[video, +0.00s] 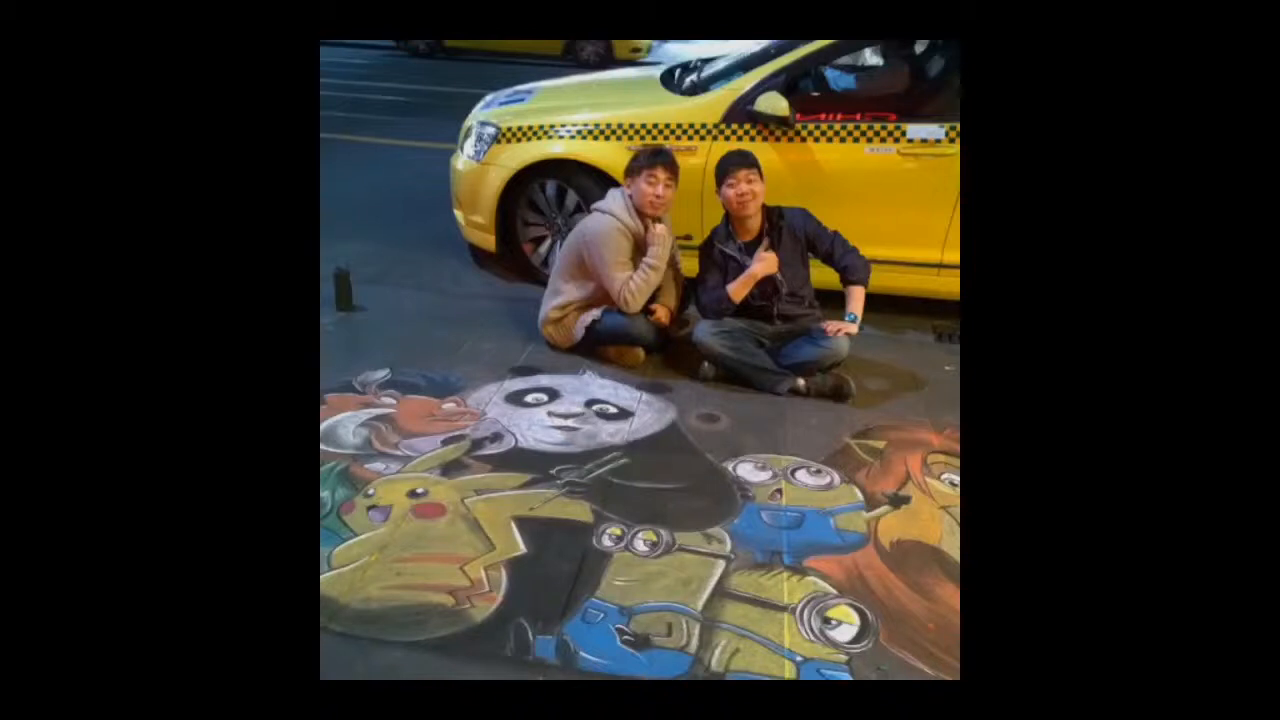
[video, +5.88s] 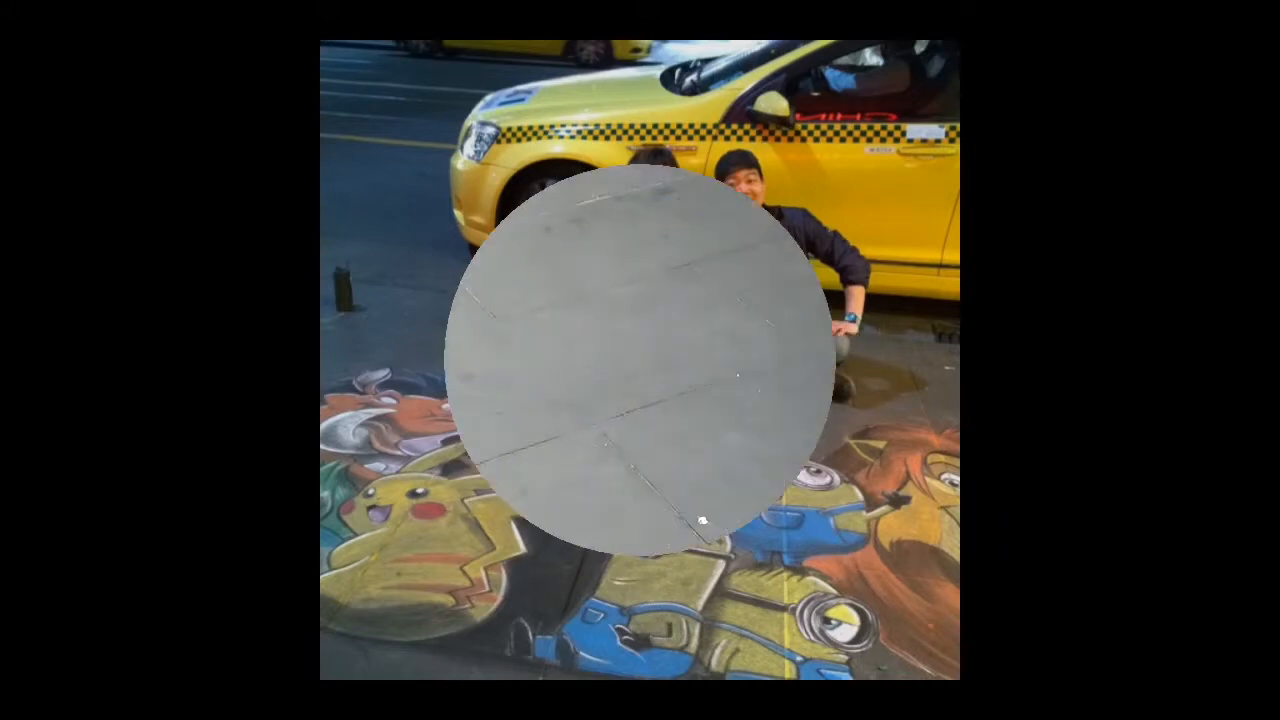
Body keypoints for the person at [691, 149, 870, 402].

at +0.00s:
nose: (743, 191)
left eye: (750, 181)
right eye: (732, 185)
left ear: (763, 187)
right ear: (720, 195)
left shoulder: (794, 222)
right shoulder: (714, 246)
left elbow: (853, 262)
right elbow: (709, 308)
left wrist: (851, 320)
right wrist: (753, 274)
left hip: (799, 327)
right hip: (747, 328)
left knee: (837, 344)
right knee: (704, 334)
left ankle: (733, 373)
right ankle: (798, 386)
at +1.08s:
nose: (743, 191)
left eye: (750, 181)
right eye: (732, 185)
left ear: (763, 187)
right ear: (720, 195)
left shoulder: (795, 222)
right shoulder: (713, 246)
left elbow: (853, 262)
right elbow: (708, 307)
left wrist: (851, 319)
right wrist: (752, 275)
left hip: (799, 324)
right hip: (743, 329)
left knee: (837, 344)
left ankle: (751, 372)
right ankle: (806, 387)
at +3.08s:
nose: (743, 190)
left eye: (750, 181)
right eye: (732, 184)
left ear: (763, 184)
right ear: (721, 192)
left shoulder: (791, 220)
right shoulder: (716, 230)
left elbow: (853, 262)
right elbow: (707, 303)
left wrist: (851, 319)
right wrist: (751, 276)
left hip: (800, 325)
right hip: (747, 324)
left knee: (837, 345)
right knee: (708, 333)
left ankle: (732, 371)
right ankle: (798, 386)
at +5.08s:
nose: (743, 191)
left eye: (750, 181)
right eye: (732, 185)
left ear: (763, 187)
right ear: (720, 195)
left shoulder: (795, 222)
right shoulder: (714, 246)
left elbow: (853, 263)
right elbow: (710, 310)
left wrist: (849, 321)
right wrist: (753, 274)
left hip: (800, 329)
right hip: (747, 329)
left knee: (838, 346)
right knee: (704, 334)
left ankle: (733, 372)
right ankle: (797, 386)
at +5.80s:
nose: (742, 190)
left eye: (750, 181)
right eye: (732, 184)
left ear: (763, 187)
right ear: (720, 195)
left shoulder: (795, 222)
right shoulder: (713, 245)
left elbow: (853, 262)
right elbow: (709, 301)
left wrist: (852, 320)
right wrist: (753, 273)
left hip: (799, 329)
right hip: (744, 333)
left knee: (837, 346)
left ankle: (749, 370)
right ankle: (799, 386)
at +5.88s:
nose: (743, 190)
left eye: (750, 181)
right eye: (733, 184)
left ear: (763, 186)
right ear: (720, 191)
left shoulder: (792, 221)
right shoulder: (713, 231)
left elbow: (853, 262)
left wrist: (851, 320)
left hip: (792, 326)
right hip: (735, 331)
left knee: (839, 344)